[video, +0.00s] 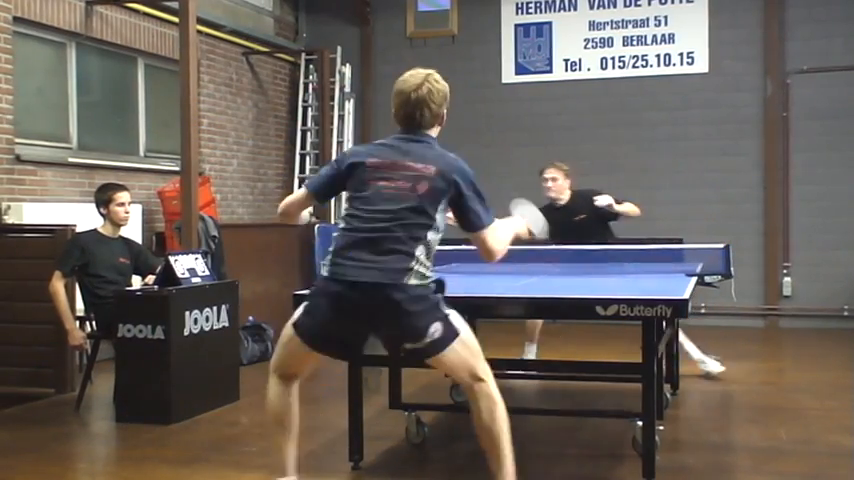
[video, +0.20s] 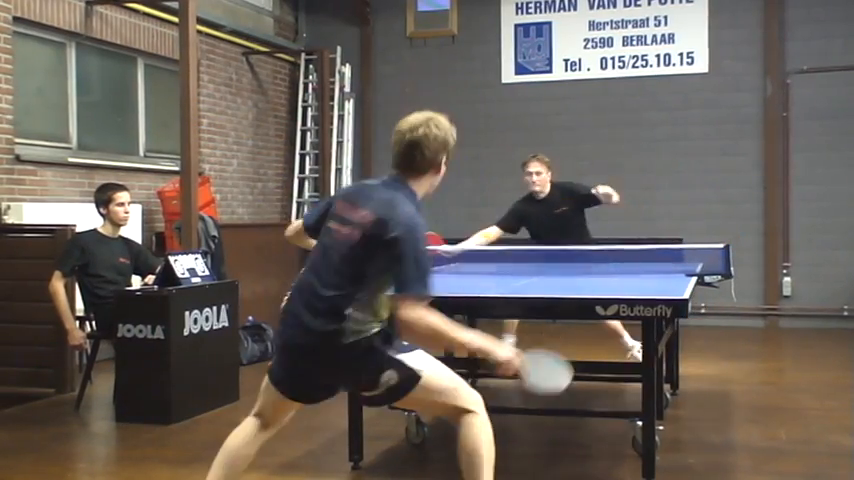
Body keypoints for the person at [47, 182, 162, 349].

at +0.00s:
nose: (127, 210)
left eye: (129, 205)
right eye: (121, 205)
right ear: (103, 209)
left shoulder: (131, 247)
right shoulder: (82, 242)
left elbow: (165, 269)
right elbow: (56, 284)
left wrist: (156, 277)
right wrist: (71, 330)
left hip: (135, 316)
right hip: (105, 321)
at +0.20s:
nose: (127, 210)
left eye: (128, 205)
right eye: (120, 205)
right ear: (103, 209)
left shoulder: (131, 247)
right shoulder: (82, 242)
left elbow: (164, 269)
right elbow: (56, 283)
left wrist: (156, 277)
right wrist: (72, 330)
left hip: (135, 318)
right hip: (105, 322)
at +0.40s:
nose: (127, 210)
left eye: (128, 205)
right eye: (120, 205)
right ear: (103, 209)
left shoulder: (131, 247)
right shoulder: (82, 242)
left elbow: (164, 269)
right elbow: (56, 283)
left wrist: (156, 277)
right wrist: (72, 330)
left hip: (135, 318)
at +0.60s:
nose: (127, 210)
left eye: (128, 204)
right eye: (120, 205)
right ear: (103, 209)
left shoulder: (130, 247)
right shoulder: (81, 242)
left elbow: (164, 270)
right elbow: (55, 283)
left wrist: (155, 277)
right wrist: (71, 329)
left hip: (135, 319)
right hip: (104, 323)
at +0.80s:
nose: (126, 210)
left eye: (128, 204)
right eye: (120, 205)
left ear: (130, 205)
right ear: (103, 209)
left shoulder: (130, 247)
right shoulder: (81, 242)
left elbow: (163, 269)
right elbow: (55, 283)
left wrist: (155, 277)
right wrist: (71, 329)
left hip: (136, 317)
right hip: (106, 321)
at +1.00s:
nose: (126, 210)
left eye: (128, 204)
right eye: (119, 205)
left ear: (130, 205)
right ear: (103, 209)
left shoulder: (130, 247)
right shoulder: (81, 242)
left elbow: (163, 270)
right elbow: (55, 283)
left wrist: (155, 278)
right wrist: (71, 329)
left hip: (135, 316)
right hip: (105, 320)